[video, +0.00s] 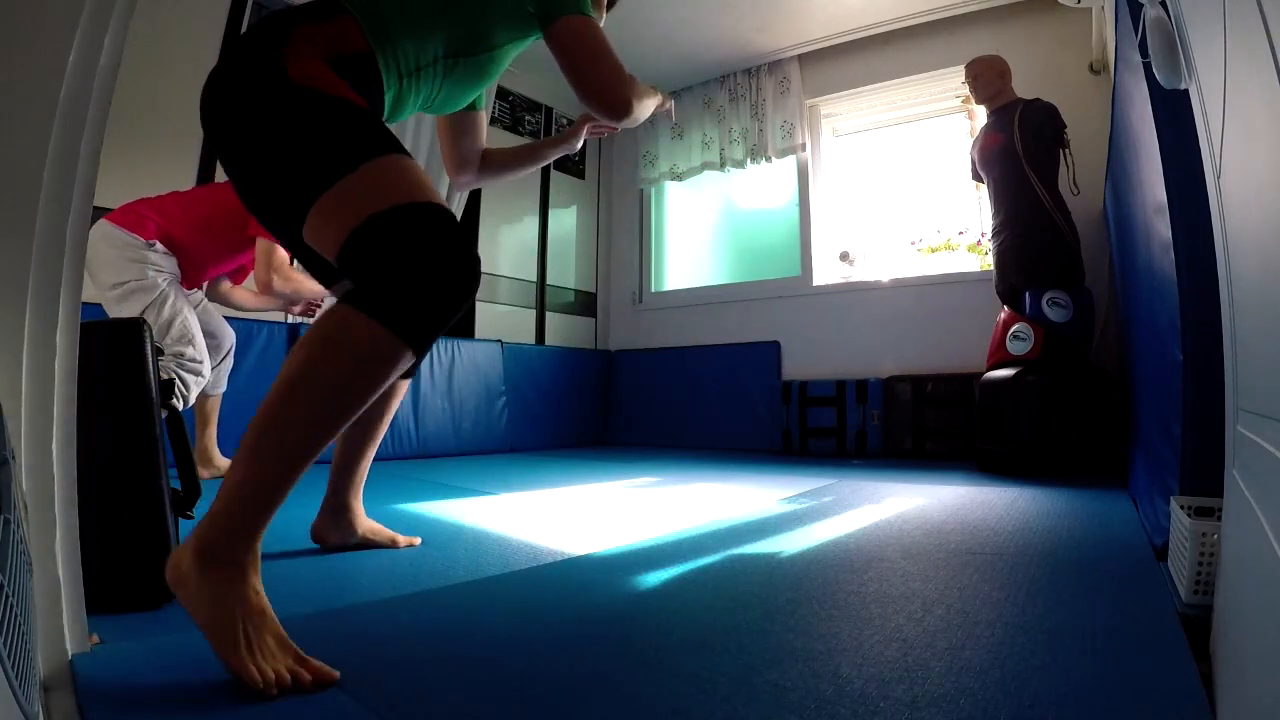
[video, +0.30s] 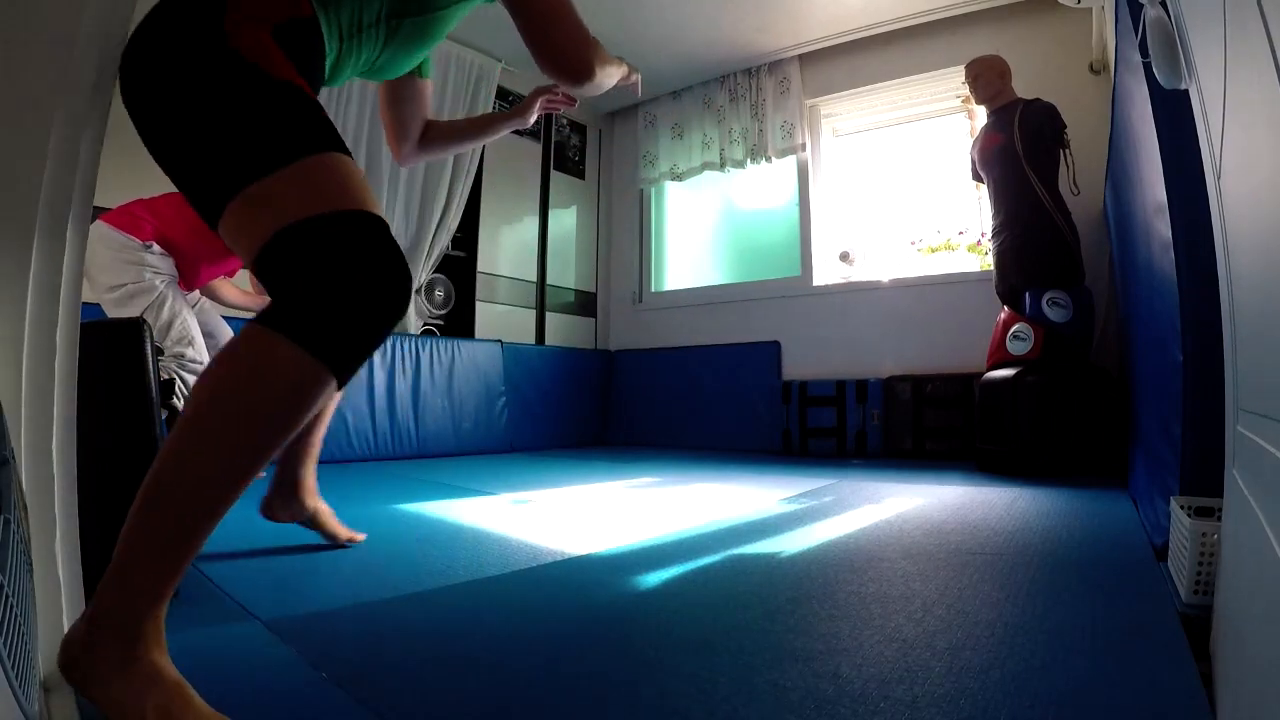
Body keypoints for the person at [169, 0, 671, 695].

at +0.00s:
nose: (599, 14)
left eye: (603, 9)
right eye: (603, 3)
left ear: (582, 10)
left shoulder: (471, 47)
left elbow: (465, 164)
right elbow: (616, 98)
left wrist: (571, 139)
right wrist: (653, 100)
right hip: (291, 78)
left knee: (413, 284)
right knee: (424, 261)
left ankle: (342, 512)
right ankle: (215, 554)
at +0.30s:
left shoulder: (407, 23)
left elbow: (412, 139)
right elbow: (575, 62)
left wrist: (521, 114)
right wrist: (617, 69)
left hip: (252, 67)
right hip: (222, 43)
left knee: (357, 271)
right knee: (350, 279)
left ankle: (294, 485)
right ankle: (113, 636)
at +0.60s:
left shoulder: (410, 27)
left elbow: (415, 148)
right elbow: (556, 87)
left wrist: (528, 113)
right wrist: (602, 92)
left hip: (233, 90)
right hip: (198, 51)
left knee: (331, 283)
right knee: (341, 278)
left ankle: (246, 522)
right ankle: (77, 629)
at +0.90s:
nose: (571, 23)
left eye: (574, 19)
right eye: (572, 12)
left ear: (529, 15)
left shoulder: (485, 64)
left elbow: (499, 170)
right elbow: (641, 73)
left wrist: (594, 141)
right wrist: (667, 102)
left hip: (342, 127)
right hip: (303, 84)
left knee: (434, 303)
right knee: (391, 306)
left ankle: (413, 509)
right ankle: (126, 609)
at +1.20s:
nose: (680, 17)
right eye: (675, 14)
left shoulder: (555, 48)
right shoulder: (641, 2)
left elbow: (558, 179)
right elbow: (715, 122)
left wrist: (654, 129)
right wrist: (724, 130)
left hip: (405, 143)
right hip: (423, 136)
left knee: (545, 333)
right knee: (567, 343)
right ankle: (377, 602)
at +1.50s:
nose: (720, 60)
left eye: (718, 52)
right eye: (716, 50)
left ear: (655, 31)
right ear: (703, 35)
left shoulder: (614, 76)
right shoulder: (692, 50)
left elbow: (608, 192)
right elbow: (770, 158)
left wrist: (675, 166)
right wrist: (745, 143)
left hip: (485, 195)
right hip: (539, 178)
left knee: (600, 333)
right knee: (682, 333)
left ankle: (537, 473)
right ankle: (545, 550)